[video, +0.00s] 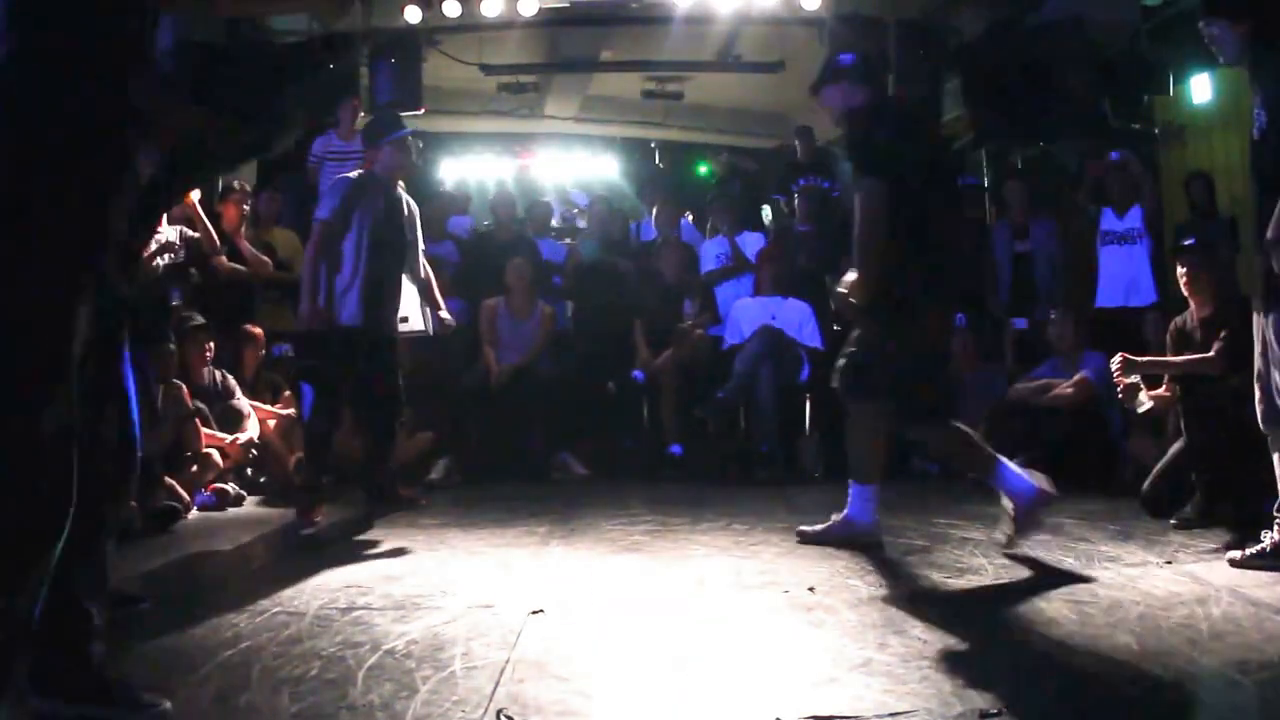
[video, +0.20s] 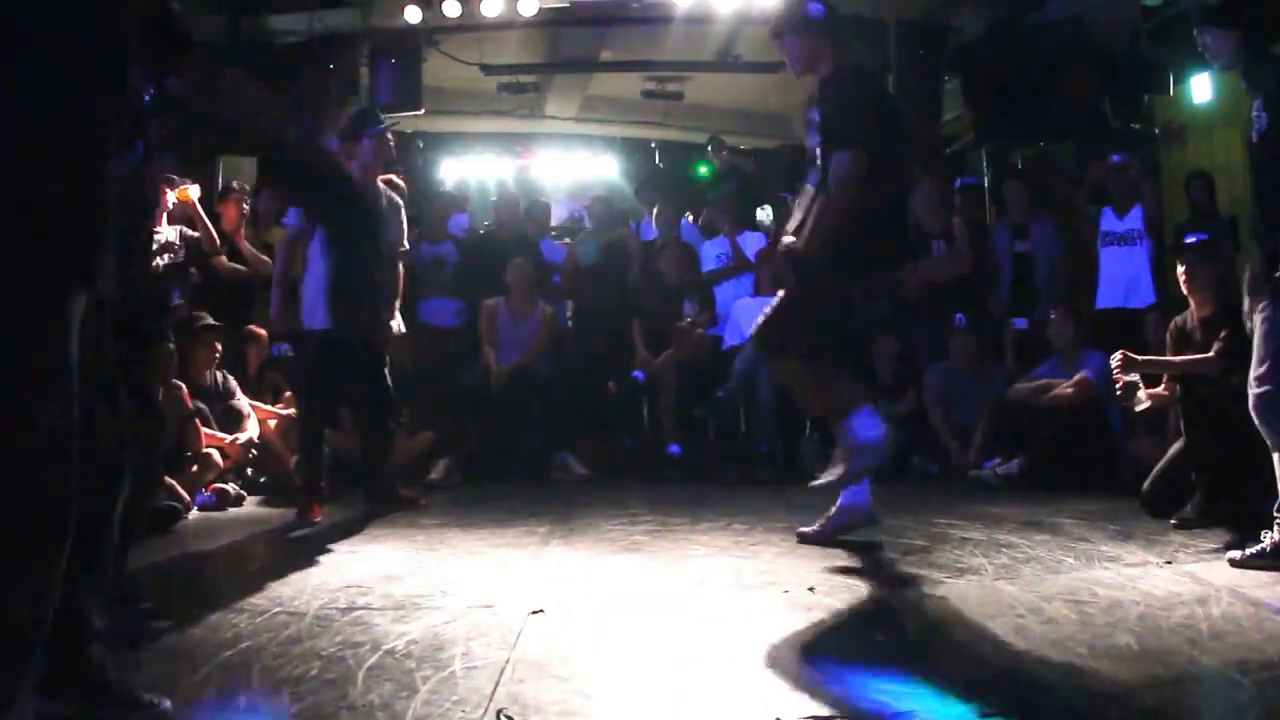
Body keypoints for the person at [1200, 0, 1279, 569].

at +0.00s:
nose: (1208, 37)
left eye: (1213, 26)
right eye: (1205, 28)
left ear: (1242, 24)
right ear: (1237, 29)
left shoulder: (1266, 90)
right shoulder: (1258, 89)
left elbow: (1270, 183)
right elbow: (1264, 183)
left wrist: (1269, 242)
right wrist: (1258, 246)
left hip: (1273, 279)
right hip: (1263, 278)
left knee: (1273, 404)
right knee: (1267, 404)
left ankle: (1279, 529)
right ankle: (1276, 526)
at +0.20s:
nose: (1202, 44)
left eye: (1208, 32)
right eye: (1200, 34)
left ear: (1236, 31)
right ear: (1232, 35)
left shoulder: (1265, 95)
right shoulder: (1257, 95)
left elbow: (1263, 203)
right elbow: (1260, 202)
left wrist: (1261, 276)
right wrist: (1257, 275)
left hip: (1270, 276)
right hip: (1261, 273)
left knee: (1262, 394)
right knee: (1261, 394)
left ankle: (1276, 530)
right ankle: (1273, 528)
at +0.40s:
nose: (1202, 39)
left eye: (1209, 28)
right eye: (1201, 30)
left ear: (1238, 28)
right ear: (1236, 33)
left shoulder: (1268, 99)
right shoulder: (1257, 99)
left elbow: (1257, 198)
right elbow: (1251, 200)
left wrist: (1246, 275)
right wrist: (1239, 274)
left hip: (1272, 283)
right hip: (1260, 283)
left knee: (1274, 408)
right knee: (1268, 407)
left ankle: (1279, 531)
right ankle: (1275, 528)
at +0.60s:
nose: (1210, 32)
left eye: (1217, 23)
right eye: (1208, 24)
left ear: (1246, 24)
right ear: (1232, 31)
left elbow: (1250, 197)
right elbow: (1245, 198)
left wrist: (1245, 271)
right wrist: (1238, 270)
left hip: (1268, 282)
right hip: (1258, 283)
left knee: (1271, 406)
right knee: (1268, 405)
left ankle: (1279, 527)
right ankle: (1277, 525)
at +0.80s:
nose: (1229, 21)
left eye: (1235, 10)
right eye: (1227, 13)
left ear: (1262, 13)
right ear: (1240, 21)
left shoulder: (1257, 97)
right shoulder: (1247, 98)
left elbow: (1243, 190)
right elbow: (1242, 190)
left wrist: (1239, 262)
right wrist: (1234, 262)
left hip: (1273, 278)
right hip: (1264, 278)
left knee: (1272, 401)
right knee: (1269, 400)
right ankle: (1278, 525)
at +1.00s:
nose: (1261, 20)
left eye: (1262, 11)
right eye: (1257, 14)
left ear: (1271, 14)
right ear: (1257, 21)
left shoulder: (1260, 87)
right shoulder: (1258, 85)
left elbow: (1236, 173)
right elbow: (1236, 171)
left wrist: (1237, 252)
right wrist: (1236, 253)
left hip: (1271, 271)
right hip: (1269, 271)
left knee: (1267, 399)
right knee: (1265, 400)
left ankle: (1276, 522)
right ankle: (1275, 522)